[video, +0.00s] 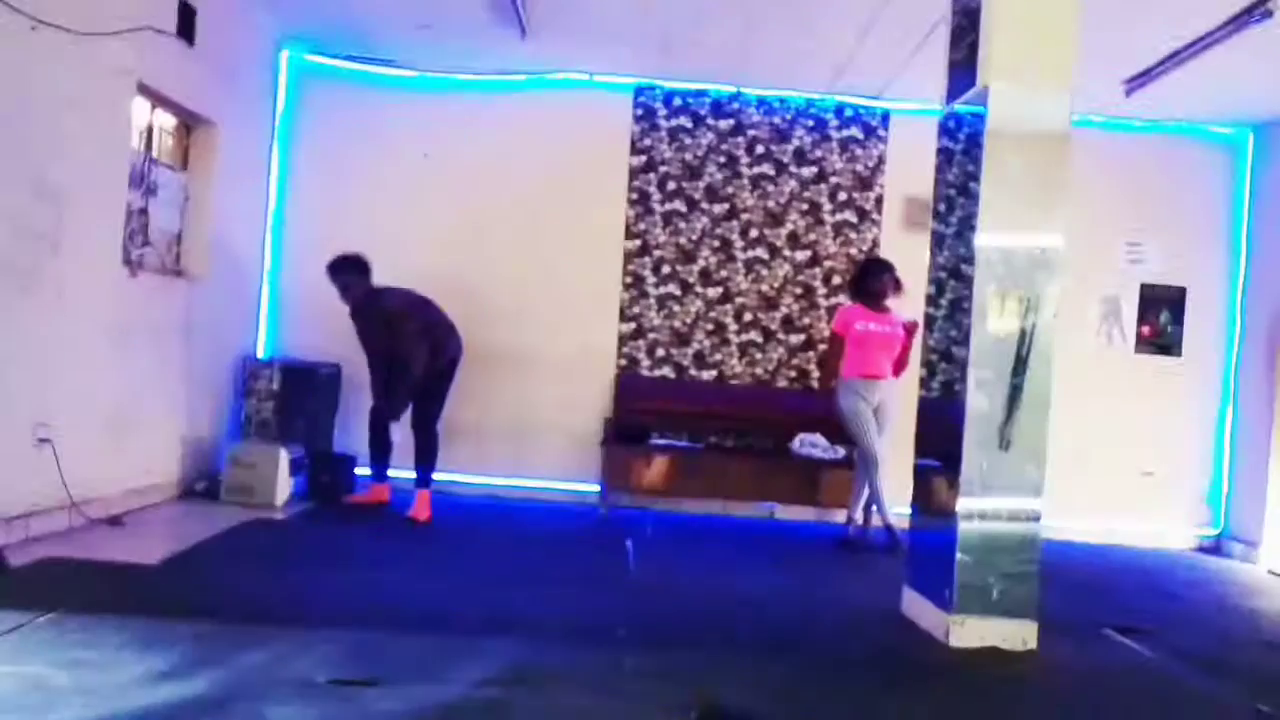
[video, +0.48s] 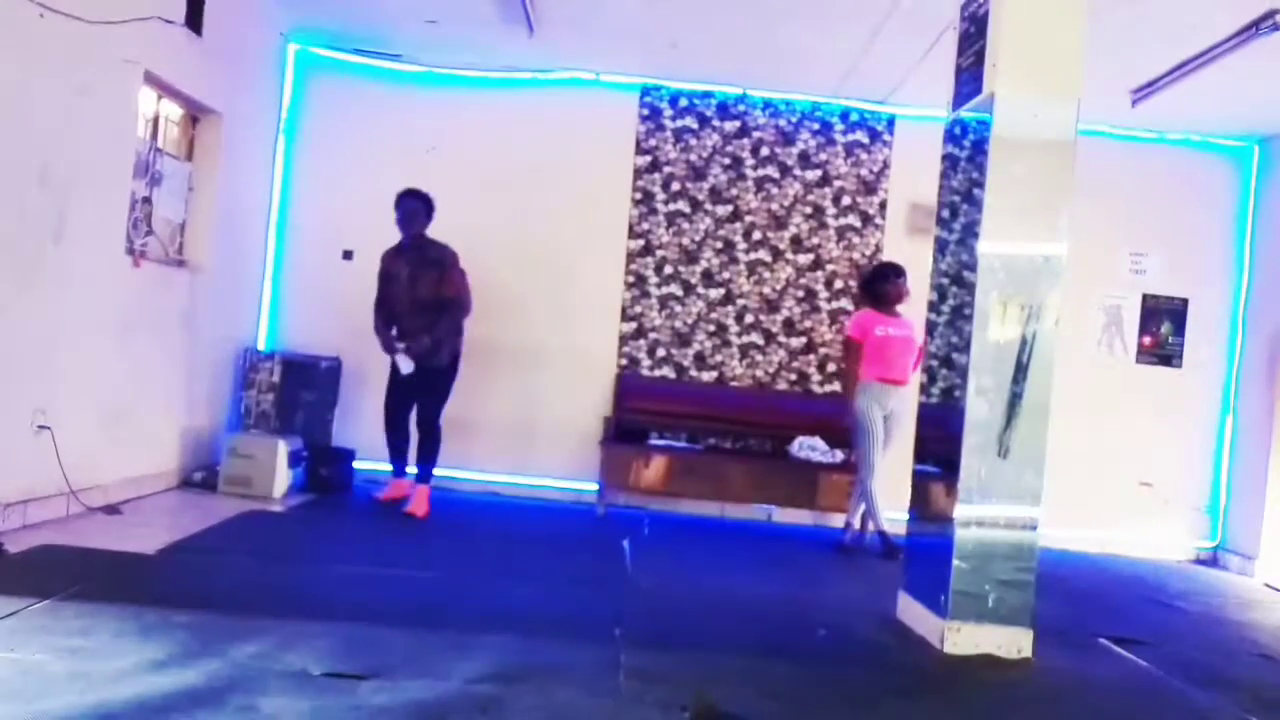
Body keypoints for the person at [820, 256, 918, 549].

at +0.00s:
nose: (886, 289)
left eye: (890, 282)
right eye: (881, 281)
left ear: (894, 285)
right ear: (866, 283)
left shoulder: (894, 321)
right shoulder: (849, 313)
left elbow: (897, 369)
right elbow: (833, 356)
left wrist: (909, 341)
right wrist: (829, 388)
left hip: (883, 387)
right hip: (854, 385)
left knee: (868, 456)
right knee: (871, 454)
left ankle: (853, 519)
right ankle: (887, 522)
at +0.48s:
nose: (904, 289)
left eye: (904, 282)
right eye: (897, 282)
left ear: (904, 288)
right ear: (880, 287)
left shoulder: (907, 325)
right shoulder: (863, 319)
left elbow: (912, 366)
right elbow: (851, 363)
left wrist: (923, 347)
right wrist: (850, 399)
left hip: (898, 391)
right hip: (870, 387)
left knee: (875, 462)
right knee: (870, 461)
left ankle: (852, 526)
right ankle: (880, 530)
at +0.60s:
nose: (905, 288)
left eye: (905, 282)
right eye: (899, 282)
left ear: (903, 288)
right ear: (882, 287)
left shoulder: (909, 324)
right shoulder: (865, 320)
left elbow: (917, 365)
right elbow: (854, 364)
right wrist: (852, 399)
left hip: (901, 391)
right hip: (873, 387)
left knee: (877, 461)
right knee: (872, 460)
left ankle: (852, 525)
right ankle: (881, 530)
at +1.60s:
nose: (906, 287)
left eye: (906, 281)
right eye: (899, 281)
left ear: (903, 286)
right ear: (881, 285)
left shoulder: (907, 326)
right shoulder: (861, 318)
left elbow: (908, 371)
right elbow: (847, 368)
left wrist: (923, 346)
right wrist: (844, 410)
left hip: (894, 395)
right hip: (866, 393)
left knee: (876, 467)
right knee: (873, 466)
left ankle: (856, 533)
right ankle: (890, 537)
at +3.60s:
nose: (895, 287)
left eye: (894, 281)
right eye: (889, 282)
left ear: (884, 287)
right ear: (871, 286)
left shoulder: (892, 326)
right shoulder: (850, 316)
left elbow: (892, 369)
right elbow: (837, 364)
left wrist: (909, 346)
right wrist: (834, 405)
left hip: (886, 398)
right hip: (856, 394)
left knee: (869, 464)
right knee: (869, 462)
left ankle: (853, 533)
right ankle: (888, 535)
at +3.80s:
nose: (893, 285)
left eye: (893, 279)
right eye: (886, 280)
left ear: (890, 286)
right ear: (870, 285)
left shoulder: (893, 326)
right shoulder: (850, 316)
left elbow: (893, 370)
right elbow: (836, 362)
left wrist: (908, 350)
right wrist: (832, 403)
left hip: (884, 396)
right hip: (856, 392)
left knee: (872, 458)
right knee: (869, 456)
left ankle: (857, 527)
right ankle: (858, 527)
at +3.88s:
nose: (893, 287)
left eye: (893, 281)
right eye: (887, 281)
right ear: (871, 286)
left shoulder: (892, 324)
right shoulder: (849, 316)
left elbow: (894, 363)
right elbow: (836, 363)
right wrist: (830, 405)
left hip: (884, 394)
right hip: (855, 392)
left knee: (885, 449)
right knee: (862, 451)